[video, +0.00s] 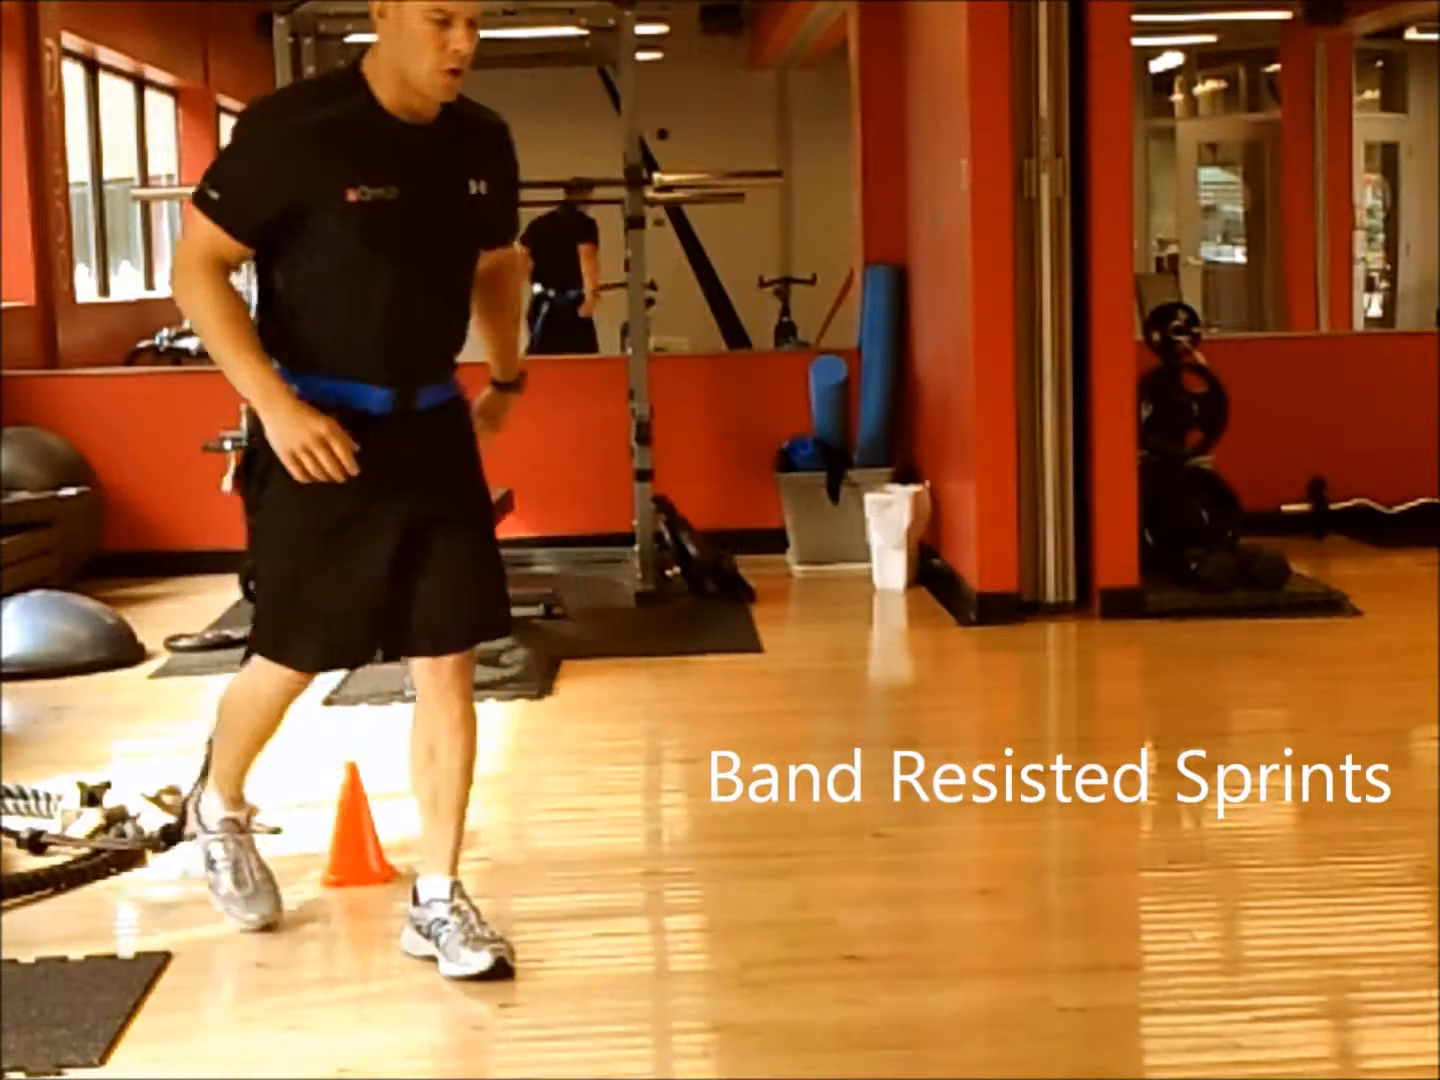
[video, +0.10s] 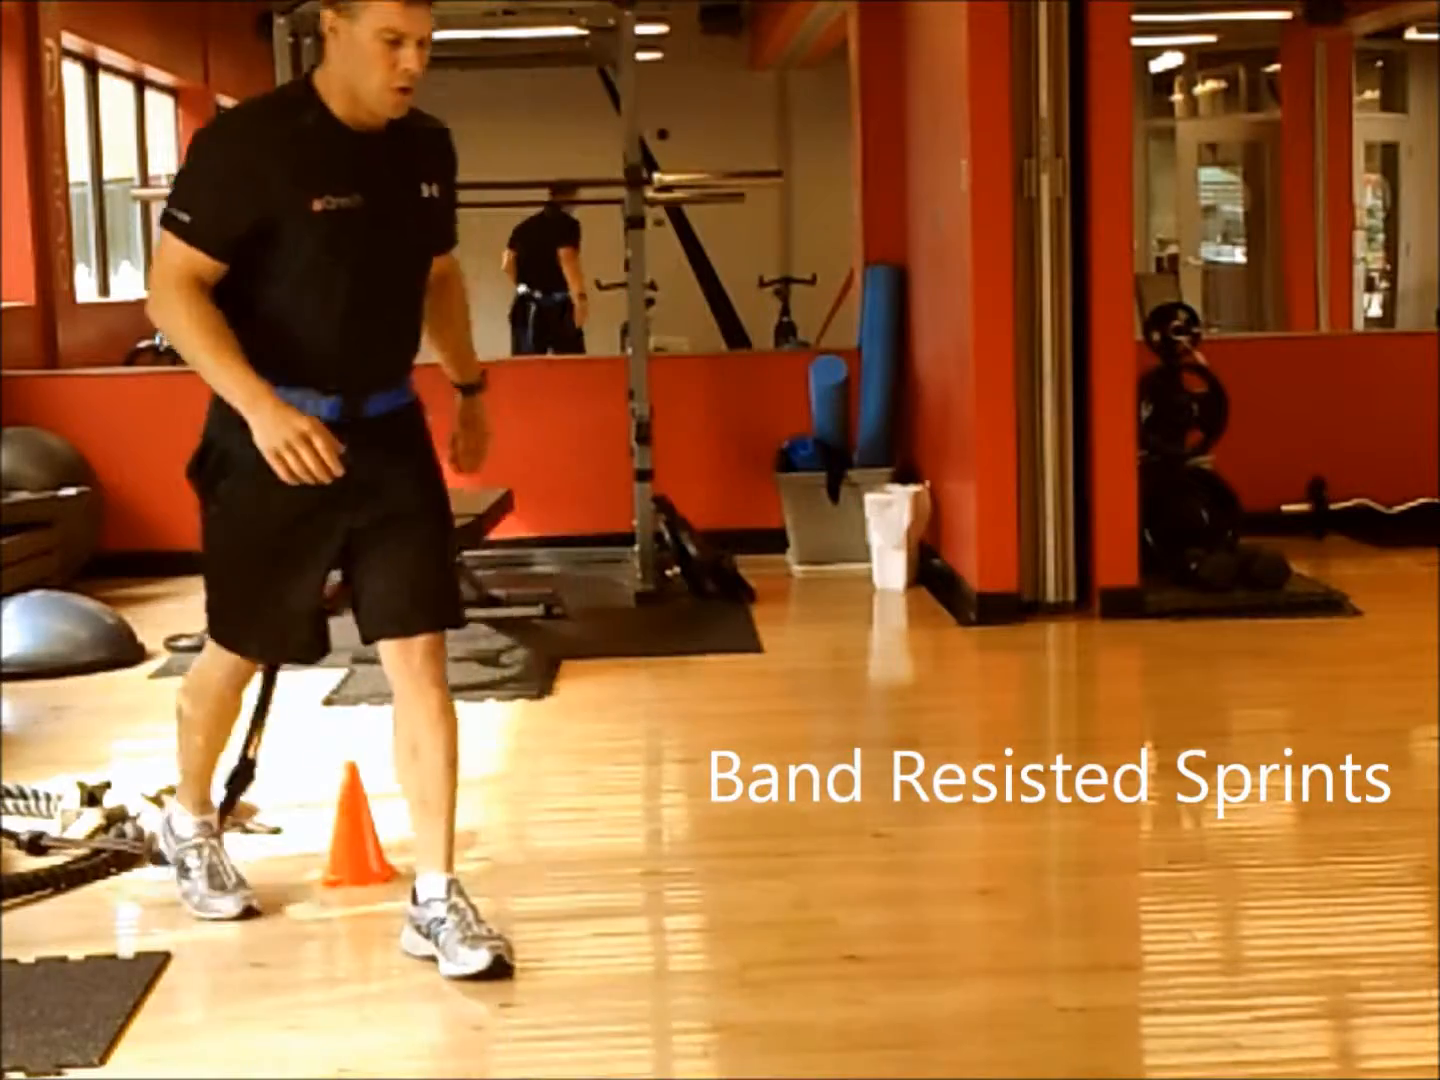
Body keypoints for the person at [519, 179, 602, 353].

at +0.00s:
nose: (590, 202)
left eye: (589, 197)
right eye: (589, 197)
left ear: (566, 195)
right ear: (585, 198)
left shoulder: (539, 222)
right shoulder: (584, 224)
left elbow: (521, 252)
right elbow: (587, 257)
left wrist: (532, 280)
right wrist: (591, 293)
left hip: (543, 301)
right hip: (573, 302)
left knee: (542, 359)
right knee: (581, 361)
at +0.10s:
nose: (575, 204)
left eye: (574, 198)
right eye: (573, 198)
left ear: (551, 196)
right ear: (569, 199)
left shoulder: (525, 225)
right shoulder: (567, 224)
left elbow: (507, 263)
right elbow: (567, 258)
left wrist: (523, 286)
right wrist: (579, 297)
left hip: (528, 305)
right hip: (559, 305)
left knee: (526, 369)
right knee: (572, 368)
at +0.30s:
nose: (545, 212)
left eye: (545, 207)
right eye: (544, 207)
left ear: (523, 204)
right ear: (539, 206)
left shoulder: (496, 231)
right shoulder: (538, 228)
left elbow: (485, 275)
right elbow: (541, 264)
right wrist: (559, 305)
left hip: (495, 308)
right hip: (526, 308)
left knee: (498, 367)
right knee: (546, 363)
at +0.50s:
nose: (529, 201)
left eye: (528, 196)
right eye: (527, 196)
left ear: (505, 197)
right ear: (522, 198)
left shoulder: (478, 226)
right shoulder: (526, 223)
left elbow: (464, 269)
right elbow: (534, 260)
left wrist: (479, 288)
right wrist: (542, 295)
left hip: (482, 305)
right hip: (515, 305)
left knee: (489, 365)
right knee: (532, 362)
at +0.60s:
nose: (525, 201)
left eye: (524, 196)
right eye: (523, 196)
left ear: (500, 197)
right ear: (516, 197)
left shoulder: (476, 225)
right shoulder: (523, 223)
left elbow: (461, 269)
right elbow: (531, 263)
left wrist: (473, 295)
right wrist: (542, 298)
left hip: (479, 307)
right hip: (510, 307)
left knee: (484, 366)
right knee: (522, 365)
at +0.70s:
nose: (524, 200)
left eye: (523, 195)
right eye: (521, 195)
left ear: (499, 196)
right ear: (514, 196)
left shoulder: (473, 226)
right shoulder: (522, 224)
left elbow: (458, 269)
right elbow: (532, 266)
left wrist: (464, 307)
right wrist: (547, 303)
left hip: (478, 308)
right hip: (509, 310)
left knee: (482, 371)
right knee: (514, 369)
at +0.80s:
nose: (523, 198)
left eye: (522, 194)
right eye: (521, 194)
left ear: (498, 195)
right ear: (516, 195)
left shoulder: (474, 226)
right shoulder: (523, 226)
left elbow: (457, 269)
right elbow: (534, 268)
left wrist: (458, 312)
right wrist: (551, 306)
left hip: (476, 309)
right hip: (506, 310)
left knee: (477, 370)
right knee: (510, 370)